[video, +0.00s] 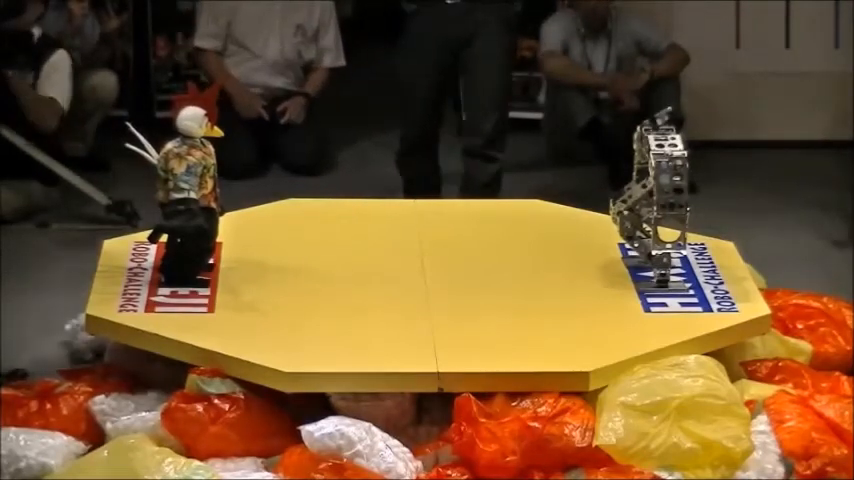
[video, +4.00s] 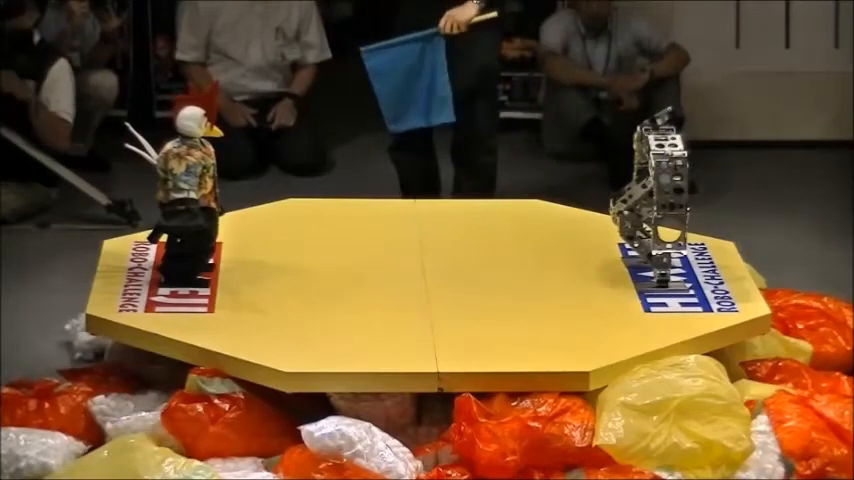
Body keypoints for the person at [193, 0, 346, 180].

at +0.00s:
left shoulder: (319, 5)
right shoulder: (221, 4)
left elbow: (326, 60)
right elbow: (206, 51)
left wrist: (304, 98)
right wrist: (238, 93)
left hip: (290, 98)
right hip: (237, 96)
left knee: (308, 161)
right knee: (238, 164)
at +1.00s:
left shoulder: (304, 5)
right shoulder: (204, 5)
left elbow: (313, 61)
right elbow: (192, 59)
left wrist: (292, 100)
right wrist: (227, 105)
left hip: (281, 99)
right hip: (229, 102)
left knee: (305, 160)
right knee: (237, 164)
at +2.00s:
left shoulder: (302, 5)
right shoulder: (202, 5)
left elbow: (312, 61)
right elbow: (191, 60)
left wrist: (292, 100)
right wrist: (226, 105)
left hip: (280, 98)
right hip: (228, 102)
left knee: (306, 160)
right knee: (237, 163)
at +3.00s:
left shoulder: (302, 5)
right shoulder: (202, 5)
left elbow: (310, 60)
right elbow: (191, 61)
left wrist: (291, 100)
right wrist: (226, 105)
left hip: (280, 99)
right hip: (227, 102)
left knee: (306, 161)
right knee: (238, 164)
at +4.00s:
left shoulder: (300, 5)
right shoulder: (201, 5)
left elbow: (310, 61)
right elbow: (191, 62)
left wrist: (290, 100)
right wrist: (226, 105)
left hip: (279, 98)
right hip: (227, 102)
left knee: (307, 161)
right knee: (237, 164)